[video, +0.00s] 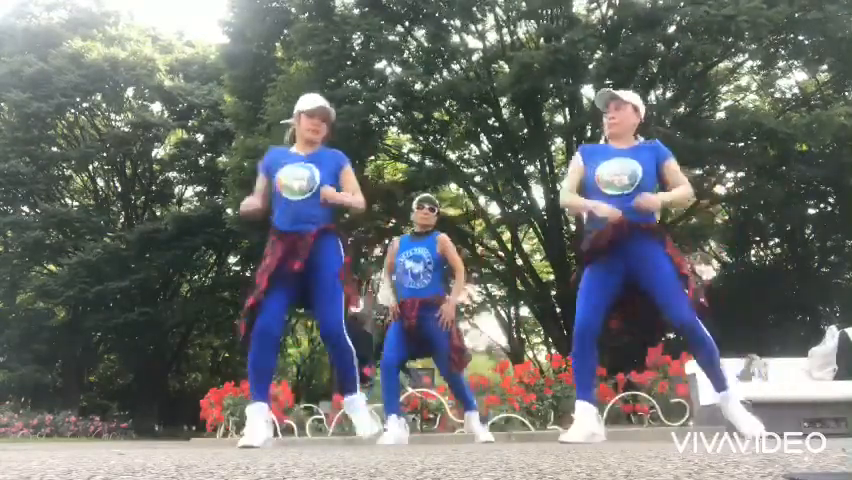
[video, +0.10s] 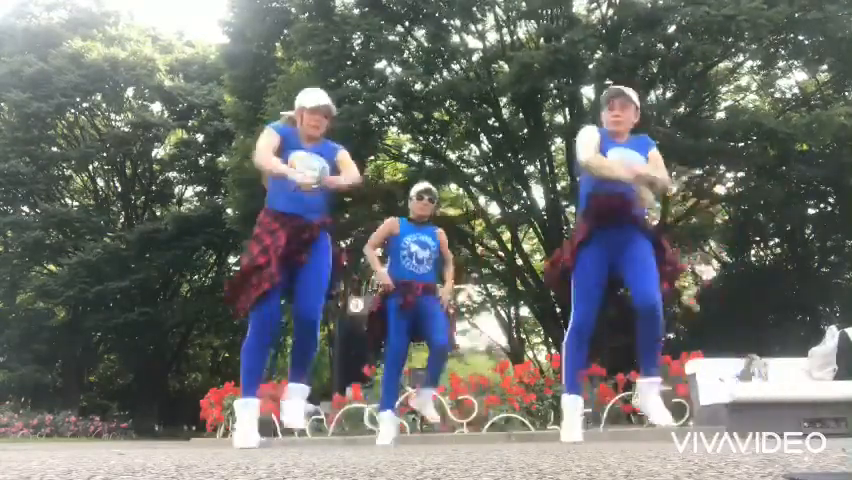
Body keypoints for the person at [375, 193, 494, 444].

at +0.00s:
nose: (425, 212)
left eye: (431, 209)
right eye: (421, 208)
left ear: (436, 216)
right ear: (413, 213)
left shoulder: (441, 240)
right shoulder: (396, 244)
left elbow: (460, 271)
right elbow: (386, 276)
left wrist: (452, 302)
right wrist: (389, 299)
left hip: (434, 309)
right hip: (404, 311)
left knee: (448, 366)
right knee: (388, 363)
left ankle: (473, 417)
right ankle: (395, 424)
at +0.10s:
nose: (423, 203)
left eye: (429, 200)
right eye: (419, 198)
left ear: (434, 206)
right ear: (410, 202)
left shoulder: (438, 234)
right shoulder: (394, 225)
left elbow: (449, 261)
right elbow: (370, 246)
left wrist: (448, 285)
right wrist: (380, 271)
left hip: (429, 294)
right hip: (400, 292)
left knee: (441, 343)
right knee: (396, 353)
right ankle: (387, 417)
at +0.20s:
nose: (424, 209)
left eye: (429, 205)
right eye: (419, 204)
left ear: (434, 211)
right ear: (409, 208)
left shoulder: (434, 244)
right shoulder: (396, 229)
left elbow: (436, 276)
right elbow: (368, 248)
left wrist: (442, 300)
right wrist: (379, 275)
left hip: (424, 300)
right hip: (396, 297)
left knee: (440, 337)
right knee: (387, 358)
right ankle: (372, 415)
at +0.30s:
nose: (427, 221)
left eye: (432, 217)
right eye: (422, 216)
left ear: (436, 222)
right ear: (411, 218)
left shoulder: (430, 253)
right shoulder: (400, 239)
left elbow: (425, 286)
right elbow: (378, 260)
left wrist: (434, 300)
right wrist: (407, 284)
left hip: (418, 309)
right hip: (393, 305)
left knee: (444, 340)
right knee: (390, 363)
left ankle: (407, 366)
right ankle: (370, 420)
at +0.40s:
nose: (431, 221)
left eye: (436, 218)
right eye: (426, 216)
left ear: (439, 223)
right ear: (414, 218)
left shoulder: (432, 254)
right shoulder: (404, 238)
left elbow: (447, 285)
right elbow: (404, 256)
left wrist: (450, 272)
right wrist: (435, 264)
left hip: (417, 310)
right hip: (394, 307)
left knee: (449, 346)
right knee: (392, 361)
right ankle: (370, 421)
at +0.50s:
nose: (445, 218)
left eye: (448, 214)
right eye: (440, 212)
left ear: (450, 218)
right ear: (426, 214)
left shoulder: (439, 247)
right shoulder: (416, 233)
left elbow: (441, 279)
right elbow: (388, 244)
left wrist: (469, 277)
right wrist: (421, 250)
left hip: (431, 313)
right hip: (410, 310)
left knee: (454, 362)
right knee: (397, 366)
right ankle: (368, 415)